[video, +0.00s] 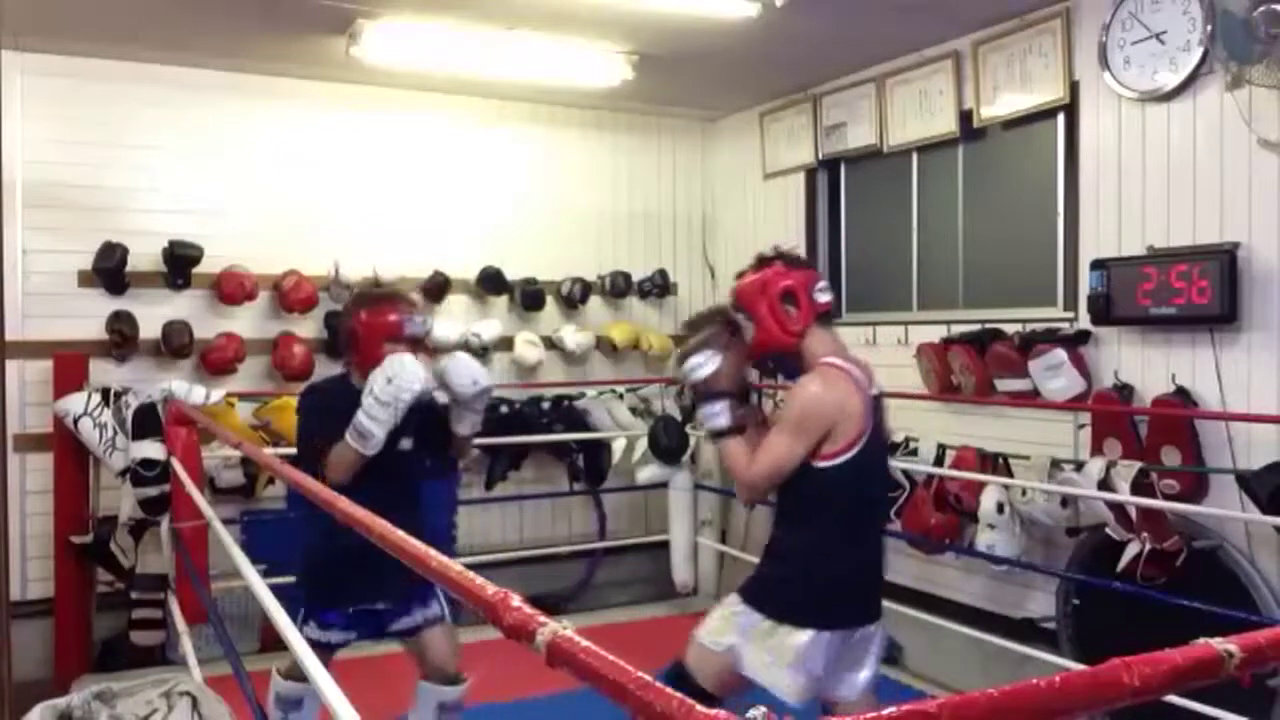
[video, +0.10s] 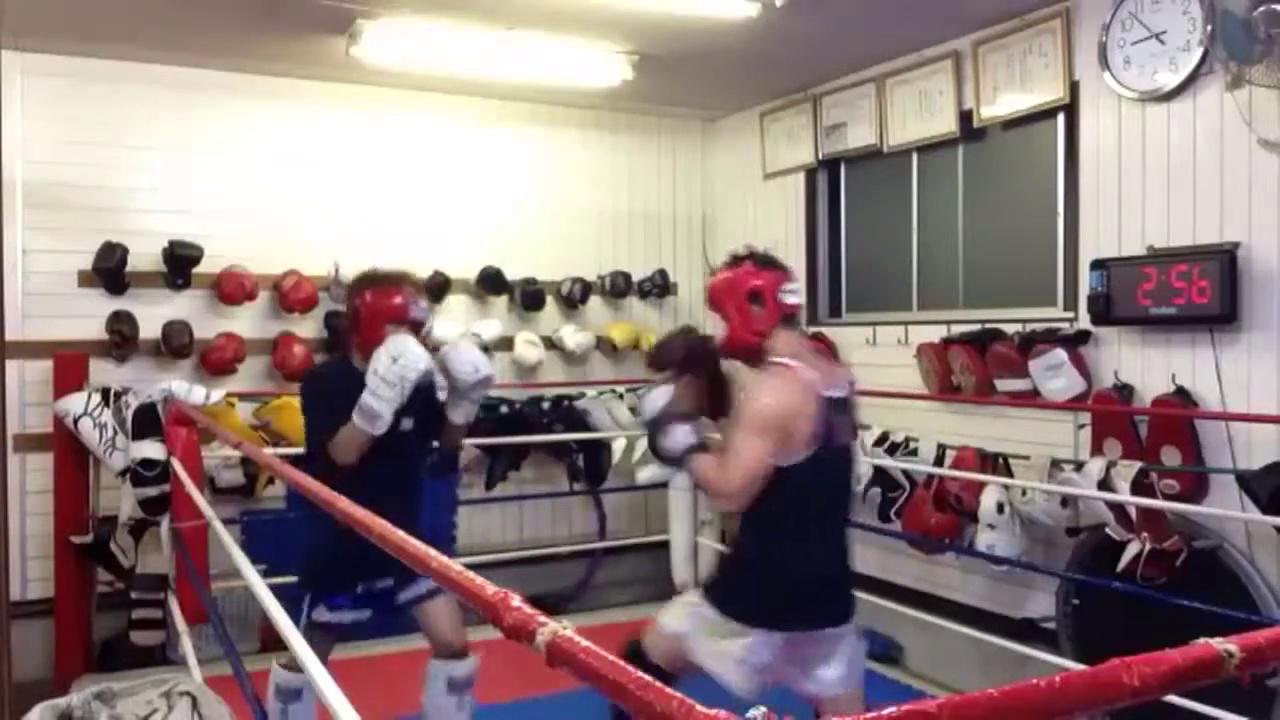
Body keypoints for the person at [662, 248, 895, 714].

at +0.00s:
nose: (752, 337)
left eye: (753, 324)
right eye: (748, 326)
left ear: (787, 313)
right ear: (801, 309)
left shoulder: (820, 389)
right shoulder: (855, 375)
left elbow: (751, 481)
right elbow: (775, 460)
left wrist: (720, 402)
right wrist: (740, 395)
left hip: (794, 596)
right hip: (856, 596)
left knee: (684, 690)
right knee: (850, 710)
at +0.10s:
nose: (722, 332)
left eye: (725, 317)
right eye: (720, 318)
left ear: (755, 310)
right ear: (774, 305)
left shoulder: (777, 387)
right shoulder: (833, 373)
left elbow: (729, 489)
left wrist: (685, 444)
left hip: (757, 594)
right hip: (828, 592)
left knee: (642, 663)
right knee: (843, 711)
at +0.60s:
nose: (566, 327)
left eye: (570, 315)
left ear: (583, 317)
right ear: (646, 321)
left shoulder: (552, 388)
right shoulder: (691, 391)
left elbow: (503, 494)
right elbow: (686, 463)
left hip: (575, 621)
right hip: (669, 618)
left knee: (547, 707)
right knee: (705, 711)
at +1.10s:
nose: (598, 323)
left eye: (602, 309)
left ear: (618, 310)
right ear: (688, 310)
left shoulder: (572, 395)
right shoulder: (738, 411)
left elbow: (534, 518)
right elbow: (735, 535)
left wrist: (590, 479)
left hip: (586, 668)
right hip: (691, 668)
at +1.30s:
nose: (565, 296)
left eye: (565, 281)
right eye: (563, 284)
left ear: (584, 272)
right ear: (652, 268)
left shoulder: (564, 351)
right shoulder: (716, 358)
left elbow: (522, 473)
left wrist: (527, 373)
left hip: (579, 617)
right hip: (682, 616)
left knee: (534, 697)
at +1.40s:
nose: (546, 306)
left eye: (546, 293)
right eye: (544, 295)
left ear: (564, 284)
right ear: (629, 273)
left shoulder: (555, 361)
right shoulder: (696, 360)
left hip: (579, 621)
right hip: (676, 615)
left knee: (527, 696)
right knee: (697, 709)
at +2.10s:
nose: (450, 322)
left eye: (454, 312)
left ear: (462, 320)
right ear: (527, 327)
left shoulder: (416, 396)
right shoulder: (558, 401)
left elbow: (379, 502)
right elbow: (585, 496)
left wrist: (433, 459)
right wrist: (541, 449)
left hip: (435, 620)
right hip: (521, 630)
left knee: (429, 709)